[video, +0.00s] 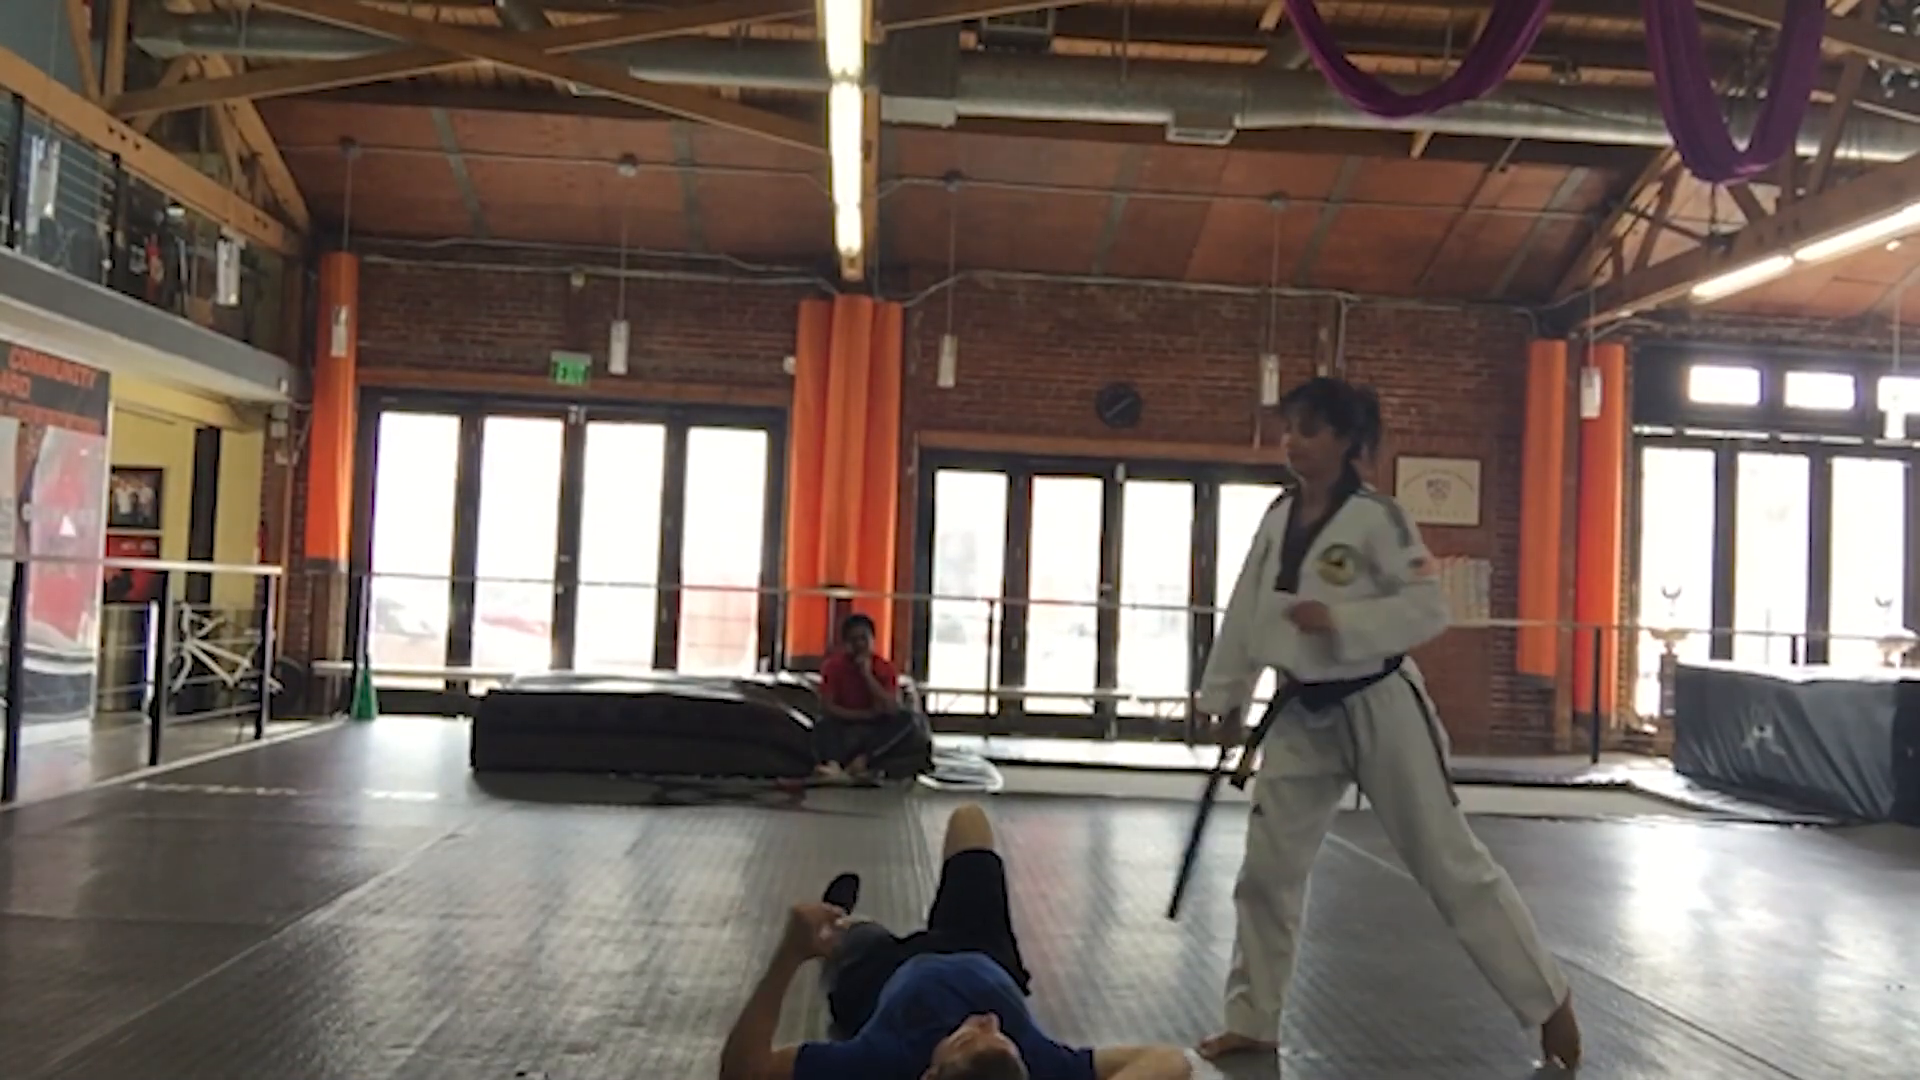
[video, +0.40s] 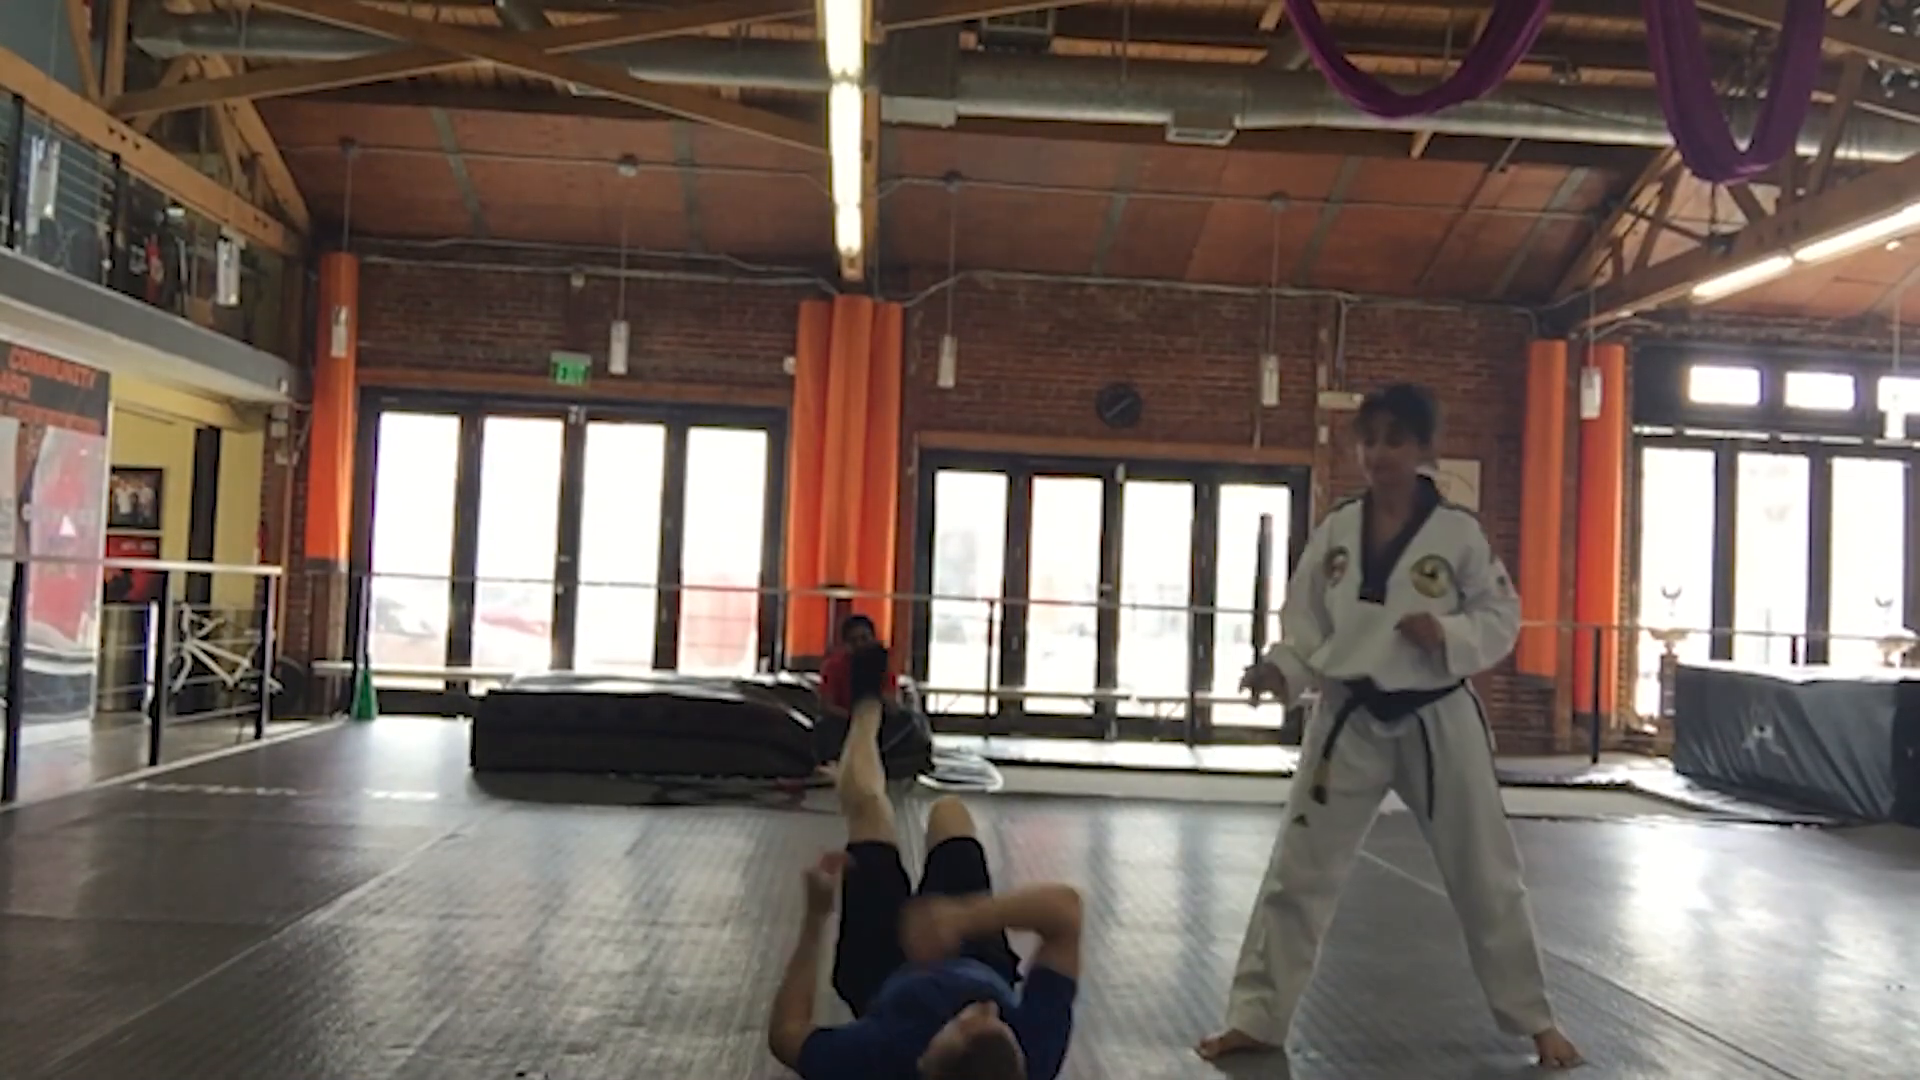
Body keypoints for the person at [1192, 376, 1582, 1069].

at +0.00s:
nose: (1293, 444)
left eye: (1310, 433)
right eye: (1289, 431)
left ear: (1351, 445)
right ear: (1284, 438)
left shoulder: (1377, 517)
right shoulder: (1279, 518)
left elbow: (1428, 607)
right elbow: (1244, 611)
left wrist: (1339, 617)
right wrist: (1220, 695)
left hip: (1382, 703)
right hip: (1302, 711)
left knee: (1445, 863)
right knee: (1267, 870)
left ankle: (1548, 1002)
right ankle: (1252, 1027)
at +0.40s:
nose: (1375, 454)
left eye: (1392, 442)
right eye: (1367, 440)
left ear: (1425, 452)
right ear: (1356, 447)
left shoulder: (1457, 532)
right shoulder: (1334, 529)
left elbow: (1501, 619)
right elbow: (1303, 623)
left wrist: (1449, 632)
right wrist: (1284, 667)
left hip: (1439, 719)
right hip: (1345, 719)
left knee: (1486, 876)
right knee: (1296, 875)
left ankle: (1538, 1021)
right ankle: (1257, 1022)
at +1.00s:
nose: (1356, 505)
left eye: (1371, 491)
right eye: (1346, 490)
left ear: (1398, 483)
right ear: (1331, 482)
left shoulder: (1442, 558)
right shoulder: (1307, 550)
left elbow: (1479, 656)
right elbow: (1277, 636)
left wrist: (1445, 726)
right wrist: (1277, 709)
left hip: (1427, 728)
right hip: (1334, 727)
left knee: (1475, 878)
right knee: (1281, 876)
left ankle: (1540, 1021)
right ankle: (1257, 1022)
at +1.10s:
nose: (1354, 540)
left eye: (1367, 527)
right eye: (1343, 526)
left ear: (1396, 514)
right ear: (1329, 514)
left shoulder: (1446, 583)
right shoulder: (1313, 563)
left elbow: (1469, 700)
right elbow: (1292, 642)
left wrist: (1442, 785)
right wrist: (1294, 715)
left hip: (1433, 736)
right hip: (1345, 733)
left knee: (1488, 887)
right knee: (1294, 868)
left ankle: (1534, 1056)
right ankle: (1257, 1021)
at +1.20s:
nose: (1359, 603)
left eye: (1373, 591)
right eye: (1348, 589)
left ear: (1399, 577)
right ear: (1332, 576)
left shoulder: (1444, 628)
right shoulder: (1324, 604)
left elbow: (1468, 748)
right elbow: (1328, 699)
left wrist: (1439, 857)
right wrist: (1337, 789)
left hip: (1460, 751)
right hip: (1374, 748)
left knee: (1499, 897)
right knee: (1308, 876)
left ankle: (1525, 1063)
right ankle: (1267, 1023)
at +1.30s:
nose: (1351, 678)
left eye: (1362, 665)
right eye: (1342, 665)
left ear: (1393, 652)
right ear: (1334, 650)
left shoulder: (1452, 684)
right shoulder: (1355, 662)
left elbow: (1466, 819)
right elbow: (1383, 744)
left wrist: (1439, 934)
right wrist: (1370, 816)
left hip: (1493, 756)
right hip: (1412, 753)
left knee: (1516, 903)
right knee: (1350, 878)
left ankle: (1530, 1066)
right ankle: (1269, 1022)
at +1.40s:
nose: (1348, 755)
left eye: (1354, 746)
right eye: (1341, 745)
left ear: (1388, 726)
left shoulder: (1452, 731)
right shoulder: (1374, 691)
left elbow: (1457, 886)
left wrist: (1435, 1003)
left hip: (1515, 767)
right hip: (1413, 770)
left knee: (1531, 916)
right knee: (1347, 898)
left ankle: (1527, 1067)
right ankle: (1269, 1025)